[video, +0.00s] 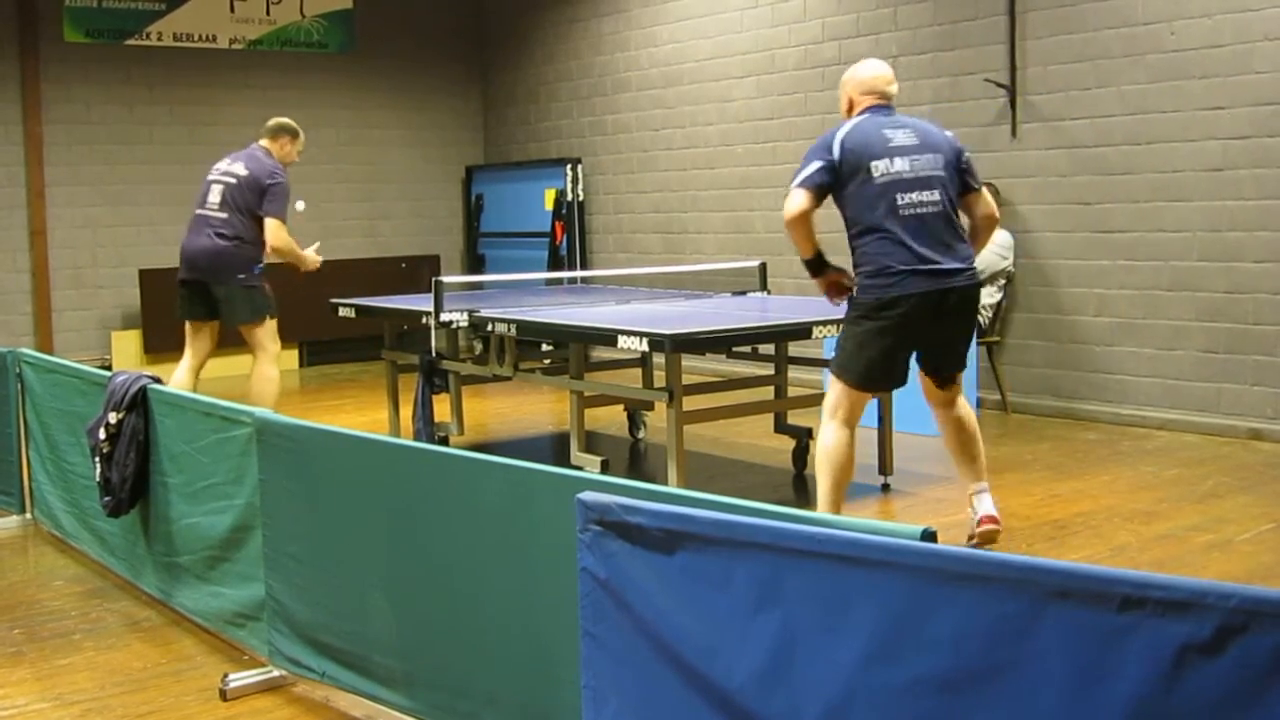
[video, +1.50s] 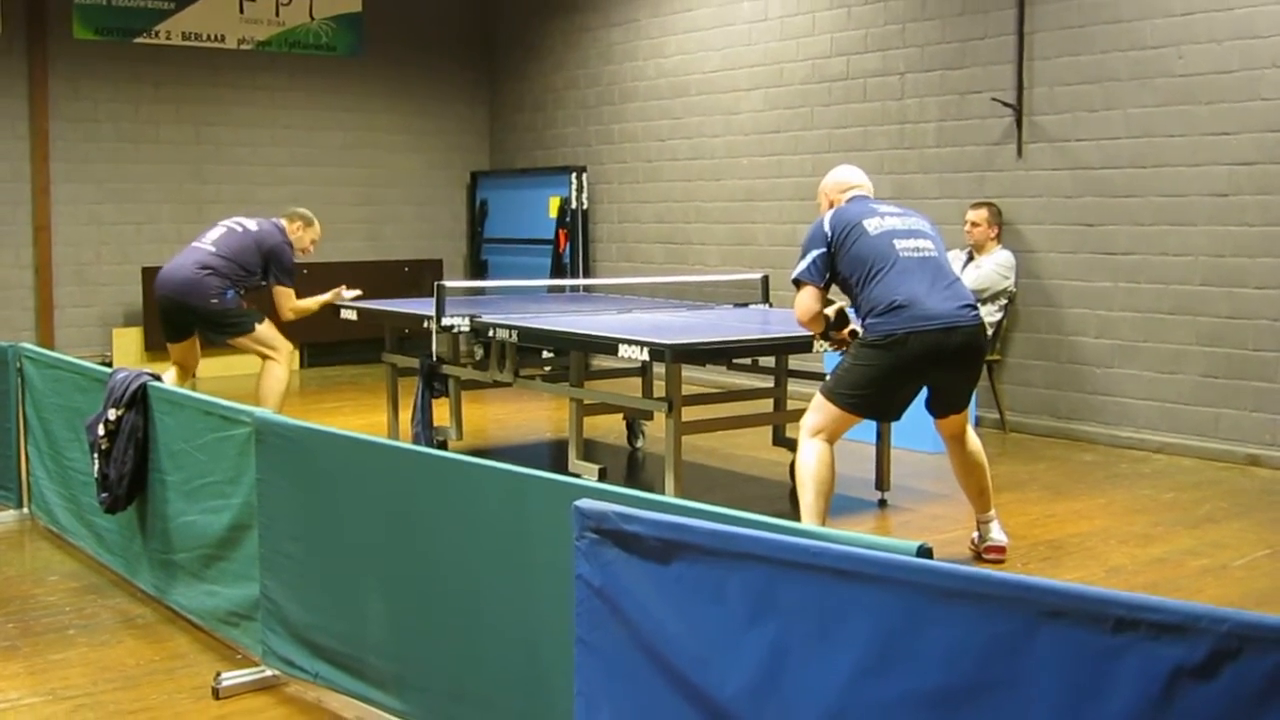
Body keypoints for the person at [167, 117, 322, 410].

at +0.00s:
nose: (297, 159)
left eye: (299, 152)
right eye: (297, 150)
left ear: (270, 141)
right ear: (283, 143)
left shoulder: (229, 161)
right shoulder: (273, 175)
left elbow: (225, 225)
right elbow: (276, 240)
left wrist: (271, 250)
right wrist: (303, 259)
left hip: (193, 260)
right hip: (234, 262)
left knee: (195, 352)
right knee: (267, 350)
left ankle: (167, 428)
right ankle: (262, 438)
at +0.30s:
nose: (319, 189)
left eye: (322, 184)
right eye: (321, 182)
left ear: (295, 165)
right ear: (310, 170)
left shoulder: (256, 175)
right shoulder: (296, 193)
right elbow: (301, 262)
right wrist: (321, 263)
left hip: (198, 256)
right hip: (239, 262)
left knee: (179, 352)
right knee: (277, 352)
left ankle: (151, 424)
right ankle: (262, 438)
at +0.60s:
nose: (321, 225)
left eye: (325, 220)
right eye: (324, 217)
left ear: (298, 196)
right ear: (313, 203)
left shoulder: (259, 200)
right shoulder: (295, 217)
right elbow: (305, 280)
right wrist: (331, 294)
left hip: (188, 266)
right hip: (229, 271)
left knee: (177, 362)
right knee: (279, 355)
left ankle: (148, 423)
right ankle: (263, 440)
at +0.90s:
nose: (322, 243)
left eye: (326, 238)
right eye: (325, 235)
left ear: (307, 215)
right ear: (313, 220)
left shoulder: (262, 216)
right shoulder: (295, 233)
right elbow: (293, 299)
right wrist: (320, 299)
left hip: (183, 275)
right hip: (223, 280)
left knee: (181, 369)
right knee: (280, 358)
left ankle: (149, 425)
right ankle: (264, 443)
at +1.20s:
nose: (317, 255)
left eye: (321, 250)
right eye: (319, 247)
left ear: (300, 229)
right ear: (307, 232)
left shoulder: (257, 227)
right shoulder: (285, 247)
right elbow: (283, 316)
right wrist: (322, 305)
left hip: (174, 285)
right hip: (213, 290)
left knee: (183, 372)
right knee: (281, 359)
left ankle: (149, 418)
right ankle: (265, 439)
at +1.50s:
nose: (310, 250)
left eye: (314, 244)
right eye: (311, 241)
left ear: (291, 224)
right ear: (296, 228)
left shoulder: (247, 225)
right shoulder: (278, 243)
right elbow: (287, 312)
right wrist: (328, 298)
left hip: (167, 283)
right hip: (206, 289)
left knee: (183, 366)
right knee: (280, 352)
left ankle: (154, 407)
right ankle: (265, 431)